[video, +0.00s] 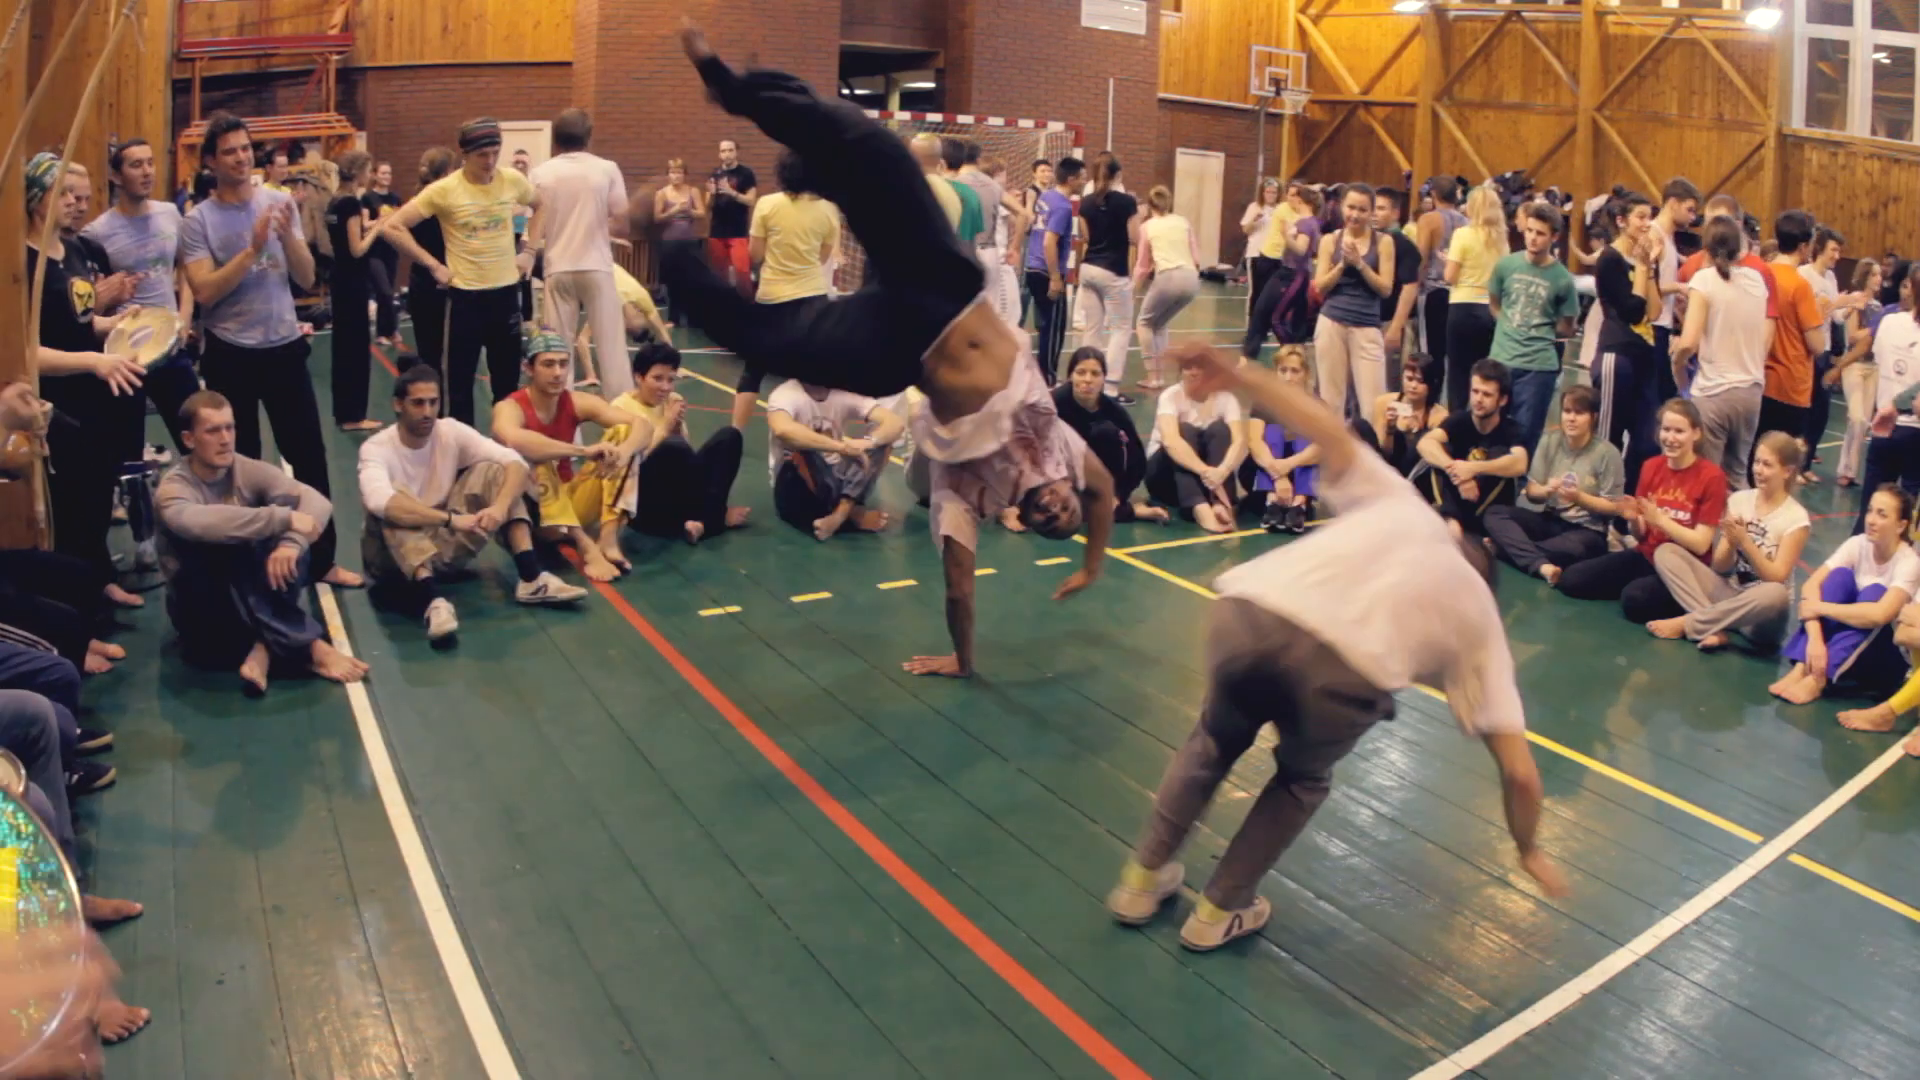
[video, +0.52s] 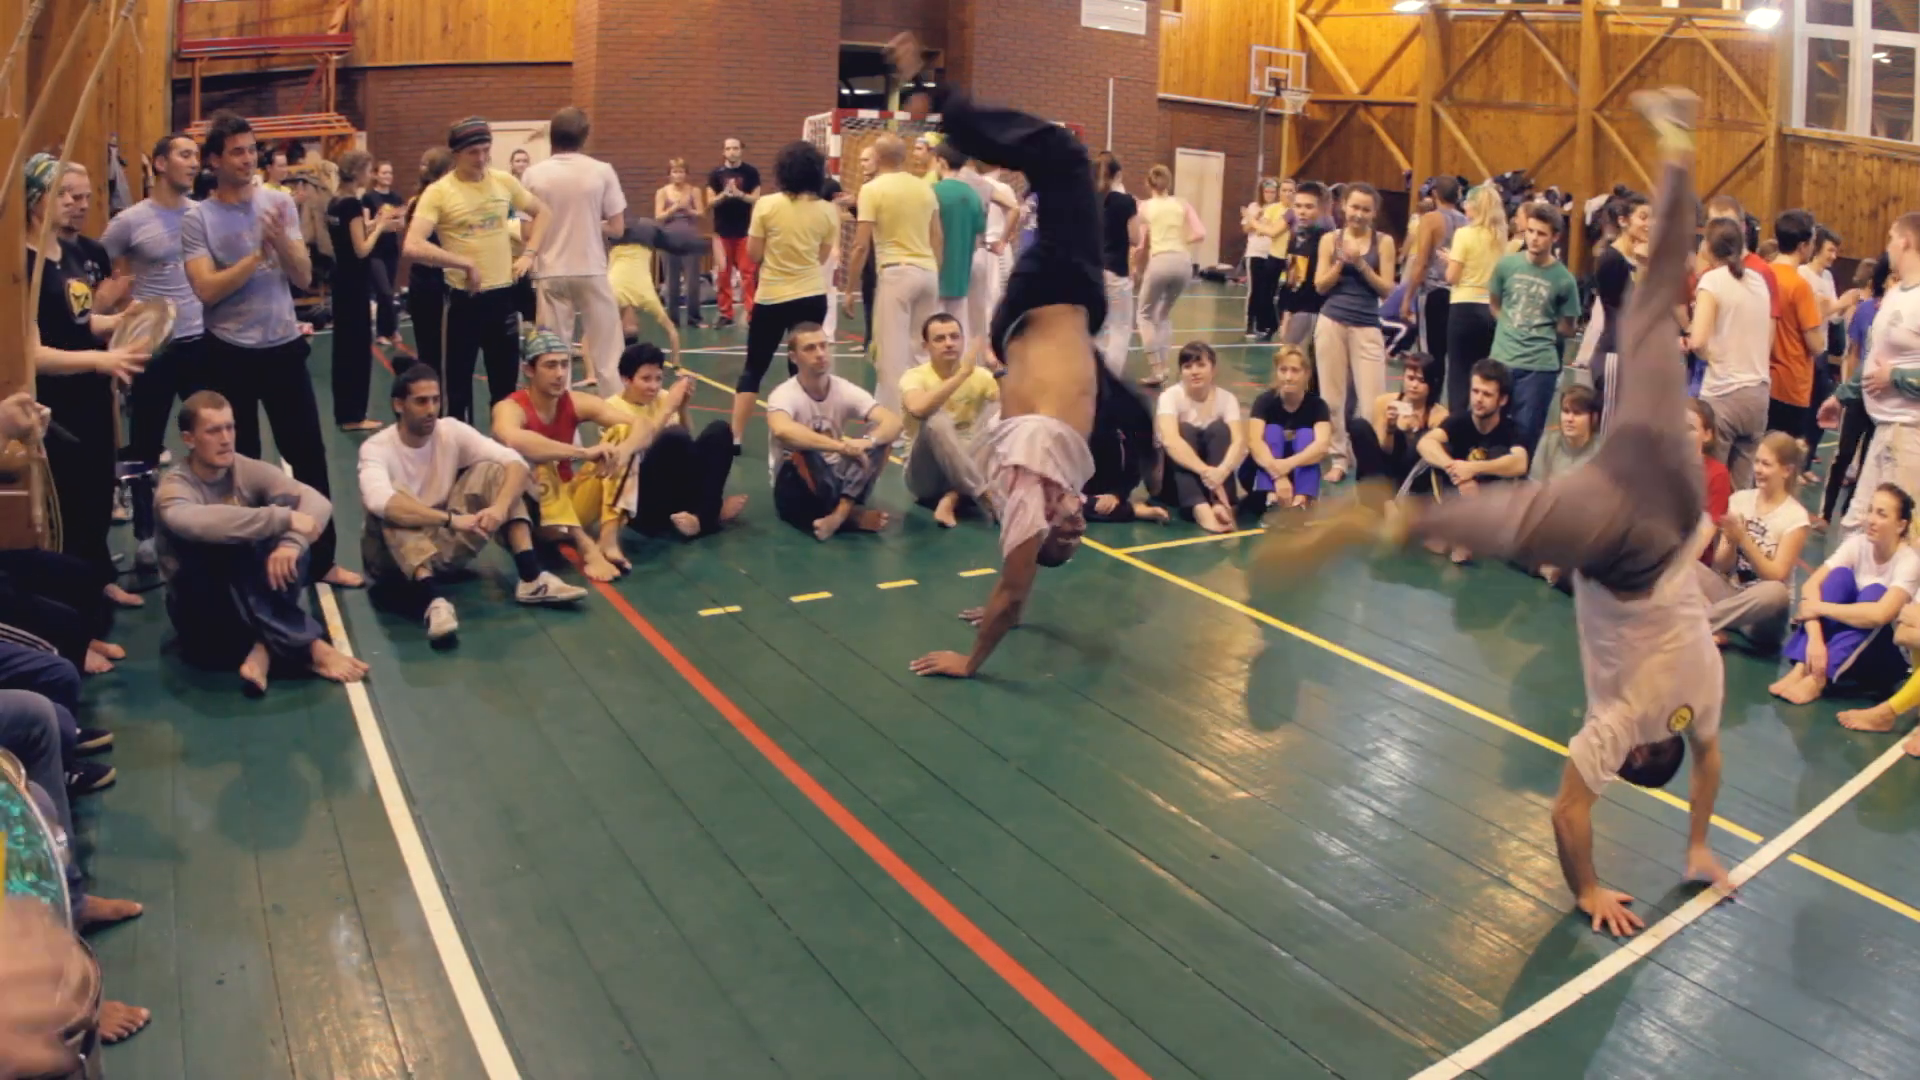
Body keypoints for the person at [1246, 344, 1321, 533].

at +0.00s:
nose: (1288, 377)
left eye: (1294, 371)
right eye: (1283, 371)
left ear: (1305, 374)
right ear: (1276, 373)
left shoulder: (1317, 405)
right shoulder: (1264, 402)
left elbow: (1323, 447)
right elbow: (1254, 441)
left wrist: (1286, 465)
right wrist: (1279, 477)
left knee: (1307, 441)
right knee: (1272, 432)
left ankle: (1299, 499)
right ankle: (1273, 497)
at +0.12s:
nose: (1288, 376)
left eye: (1294, 371)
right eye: (1283, 370)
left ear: (1305, 374)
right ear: (1276, 373)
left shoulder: (1317, 405)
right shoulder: (1264, 401)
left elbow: (1322, 447)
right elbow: (1254, 441)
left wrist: (1284, 465)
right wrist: (1279, 477)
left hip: (1299, 481)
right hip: (1263, 477)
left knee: (1305, 434)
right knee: (1273, 431)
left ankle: (1300, 500)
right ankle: (1272, 499)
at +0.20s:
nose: (1288, 377)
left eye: (1294, 370)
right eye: (1283, 370)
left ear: (1306, 374)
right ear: (1276, 373)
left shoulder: (1317, 405)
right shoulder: (1264, 402)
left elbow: (1322, 446)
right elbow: (1254, 442)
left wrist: (1287, 464)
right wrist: (1278, 476)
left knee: (1305, 434)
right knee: (1273, 431)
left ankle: (1302, 494)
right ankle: (1272, 494)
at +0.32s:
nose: (1288, 376)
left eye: (1294, 371)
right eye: (1283, 370)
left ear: (1306, 375)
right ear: (1276, 373)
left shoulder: (1317, 405)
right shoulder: (1264, 401)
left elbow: (1322, 447)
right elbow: (1254, 441)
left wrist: (1284, 466)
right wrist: (1279, 477)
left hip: (1299, 480)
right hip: (1263, 477)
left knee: (1306, 434)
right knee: (1273, 431)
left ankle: (1300, 499)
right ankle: (1273, 499)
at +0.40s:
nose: (1288, 376)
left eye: (1295, 371)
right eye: (1283, 370)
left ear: (1307, 375)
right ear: (1276, 373)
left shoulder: (1317, 405)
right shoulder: (1264, 402)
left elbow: (1322, 447)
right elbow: (1254, 441)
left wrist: (1284, 466)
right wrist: (1279, 477)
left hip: (1299, 480)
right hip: (1263, 477)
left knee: (1306, 434)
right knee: (1273, 431)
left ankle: (1300, 499)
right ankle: (1273, 499)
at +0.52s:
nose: (1288, 377)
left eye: (1295, 371)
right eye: (1283, 370)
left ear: (1307, 375)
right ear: (1276, 373)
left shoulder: (1317, 405)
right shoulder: (1264, 401)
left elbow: (1322, 446)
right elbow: (1254, 442)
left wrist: (1286, 465)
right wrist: (1279, 476)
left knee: (1305, 434)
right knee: (1273, 431)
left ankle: (1302, 495)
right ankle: (1270, 493)